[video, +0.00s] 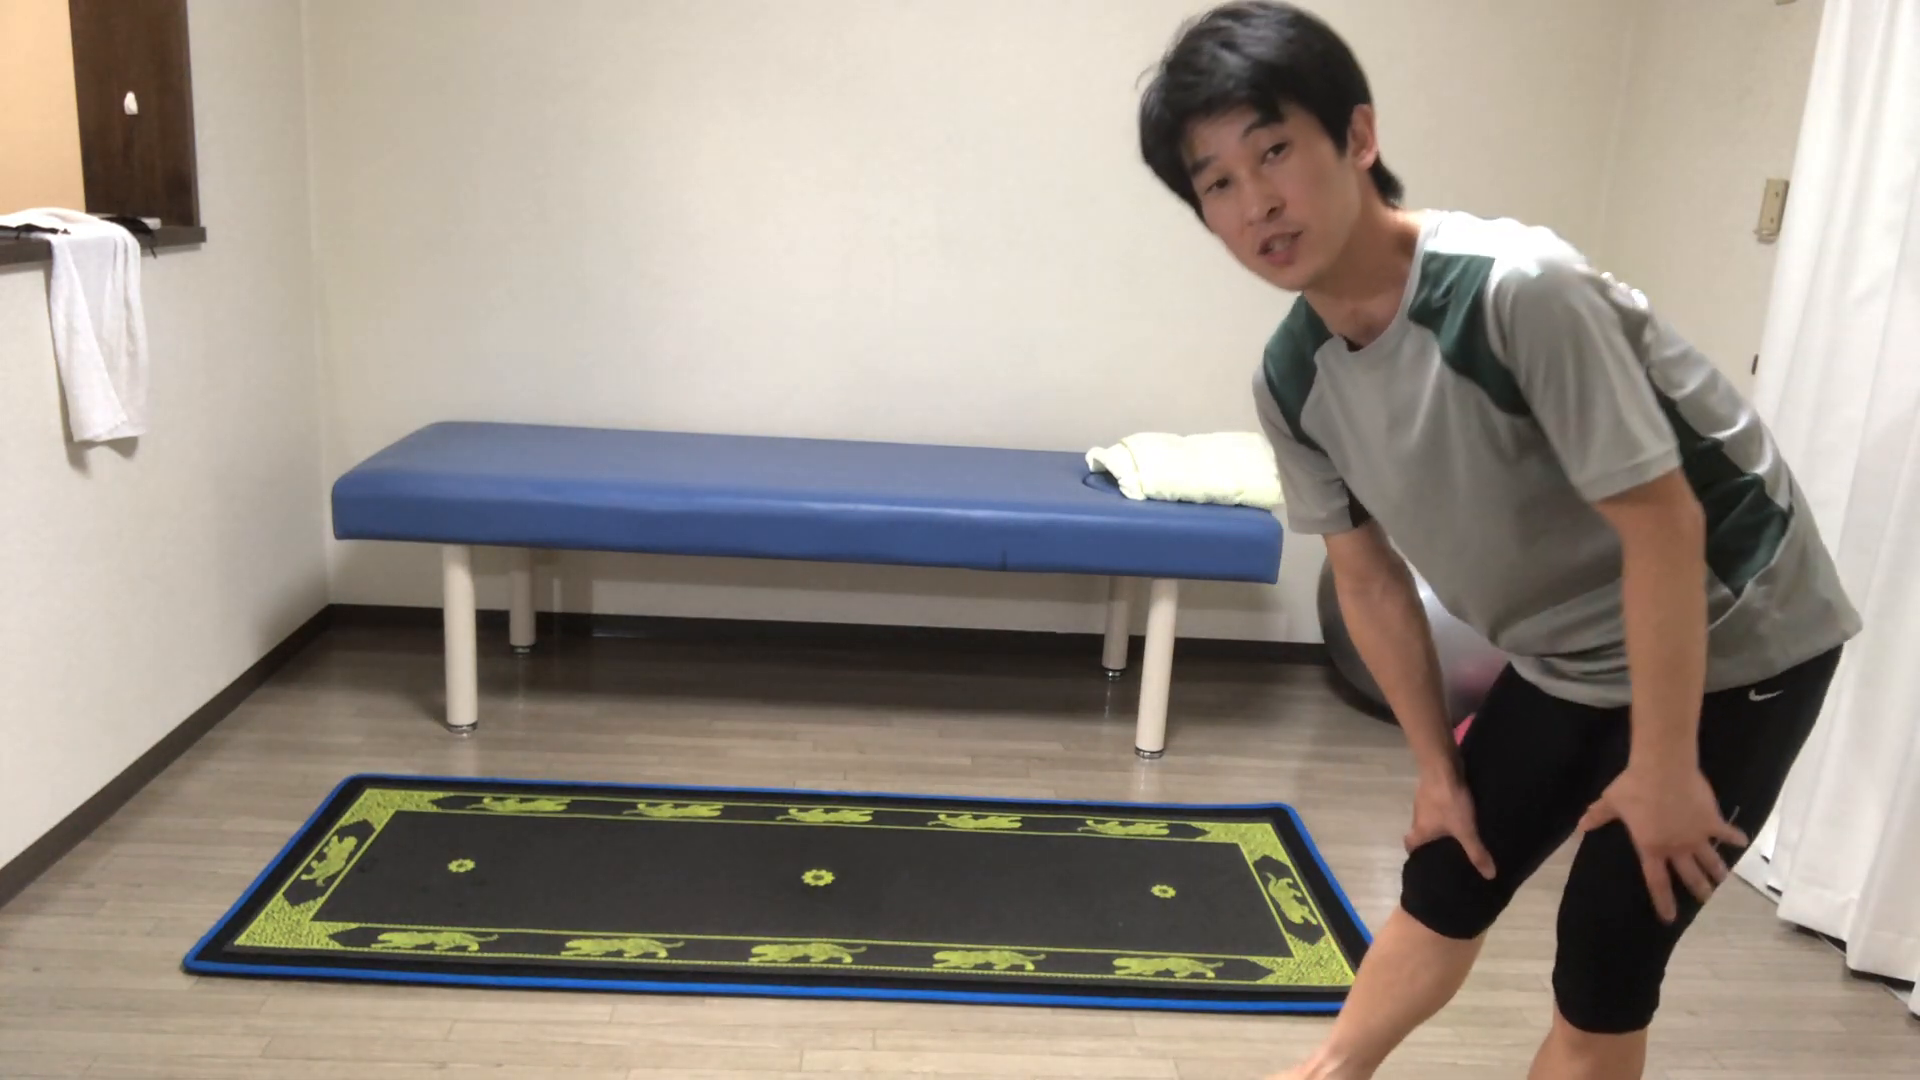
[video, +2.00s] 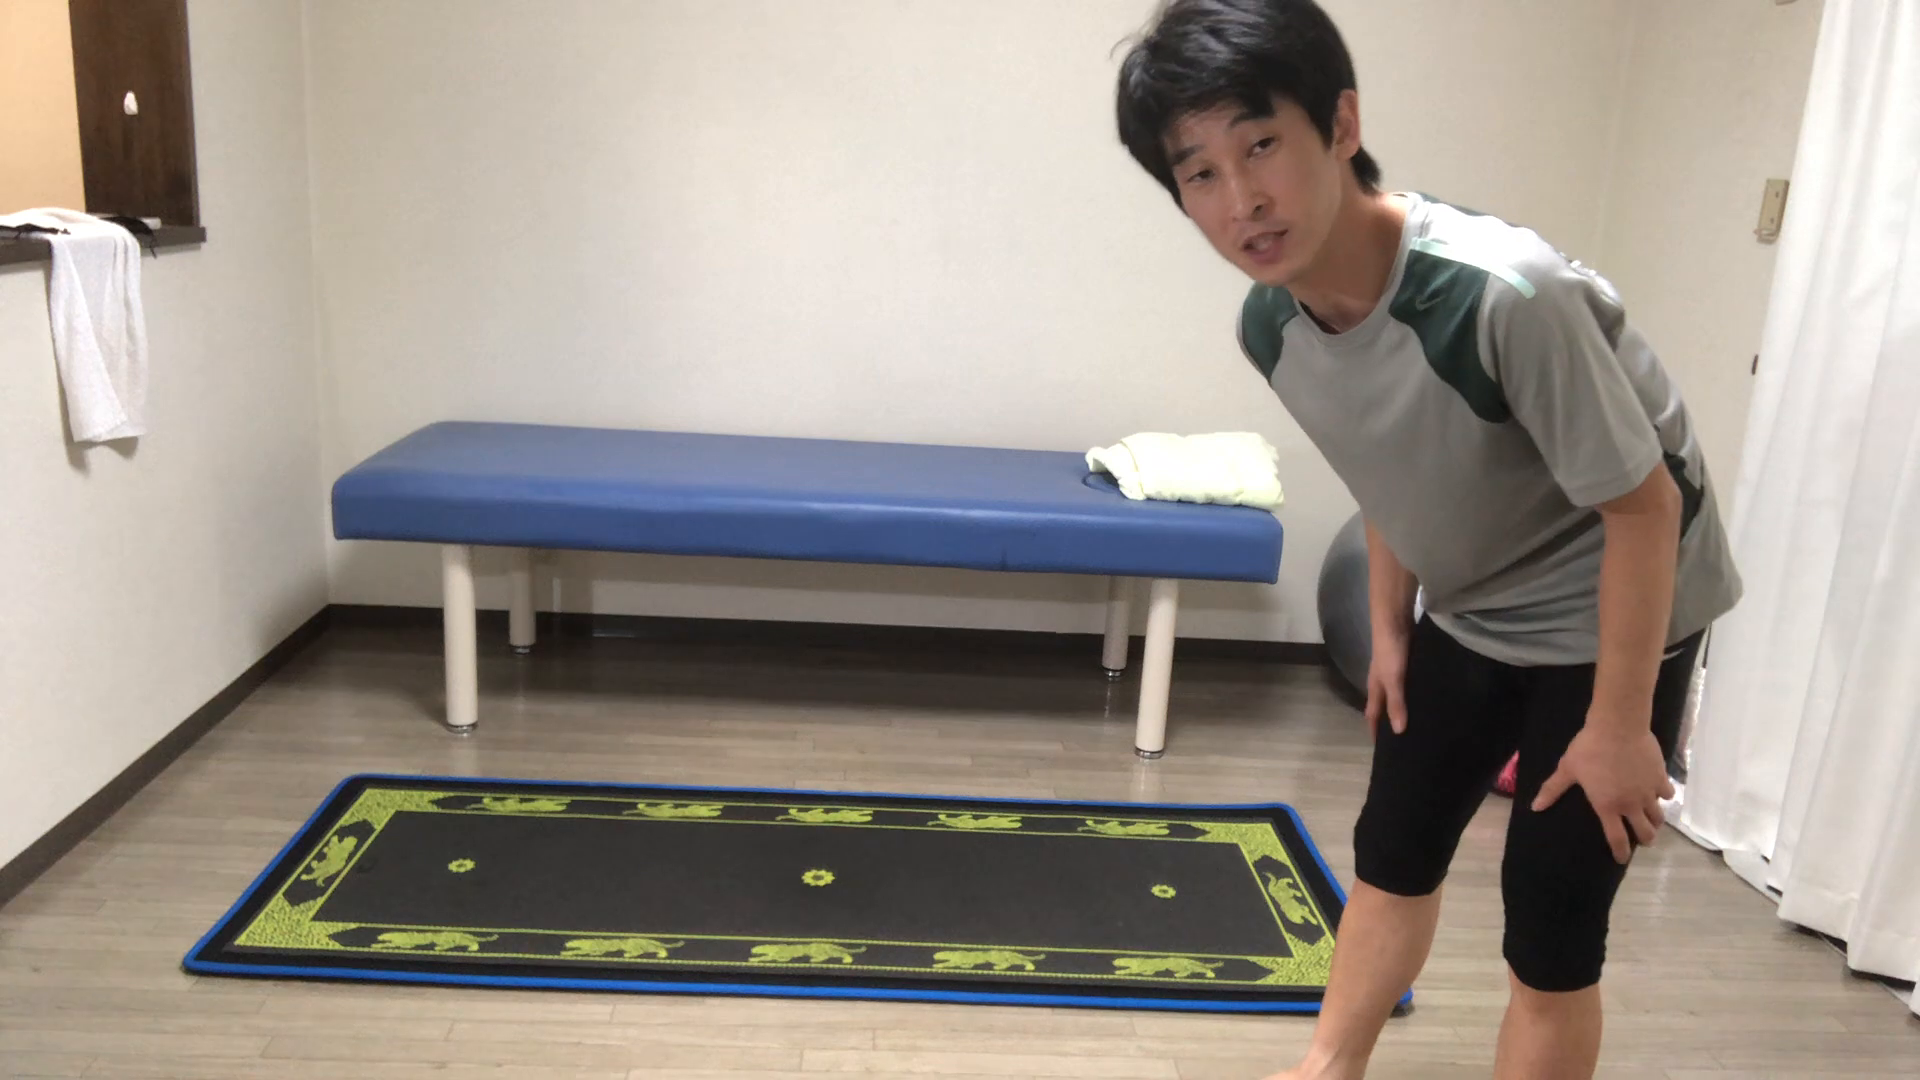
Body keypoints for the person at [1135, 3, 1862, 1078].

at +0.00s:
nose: (1253, 204)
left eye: (1274, 150)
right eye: (1215, 186)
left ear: (1356, 138)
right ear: (1203, 219)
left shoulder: (1519, 292)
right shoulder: (1293, 376)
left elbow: (1664, 524)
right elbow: (1369, 580)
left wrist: (1664, 763)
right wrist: (1435, 767)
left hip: (1748, 628)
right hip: (1573, 637)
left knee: (1611, 925)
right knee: (1446, 876)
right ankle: (1336, 1063)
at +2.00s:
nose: (1239, 199)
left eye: (1261, 146)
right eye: (1199, 174)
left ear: (1341, 126)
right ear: (1176, 198)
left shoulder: (1513, 298)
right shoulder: (1273, 326)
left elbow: (1643, 505)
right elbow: (1390, 471)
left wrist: (1620, 721)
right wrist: (1389, 626)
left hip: (1610, 622)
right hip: (1461, 608)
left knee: (1551, 930)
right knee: (1391, 852)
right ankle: (1331, 1061)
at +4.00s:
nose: (1174, 185)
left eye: (1183, 142)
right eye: (1144, 177)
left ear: (1258, 118)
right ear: (1138, 204)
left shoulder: (1414, 242)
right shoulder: (1270, 323)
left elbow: (1520, 449)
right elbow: (1410, 469)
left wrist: (1458, 654)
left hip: (1581, 580)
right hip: (1443, 579)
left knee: (1493, 857)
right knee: (1386, 815)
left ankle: (1510, 1011)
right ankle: (1326, 1058)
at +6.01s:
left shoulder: (1173, 168)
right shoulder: (1007, 95)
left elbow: (1185, 382)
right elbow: (1004, 293)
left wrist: (1190, 574)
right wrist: (968, 429)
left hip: (1103, 511)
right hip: (1008, 486)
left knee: (1017, 762)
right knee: (1032, 729)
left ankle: (1012, 1011)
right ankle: (1210, 886)